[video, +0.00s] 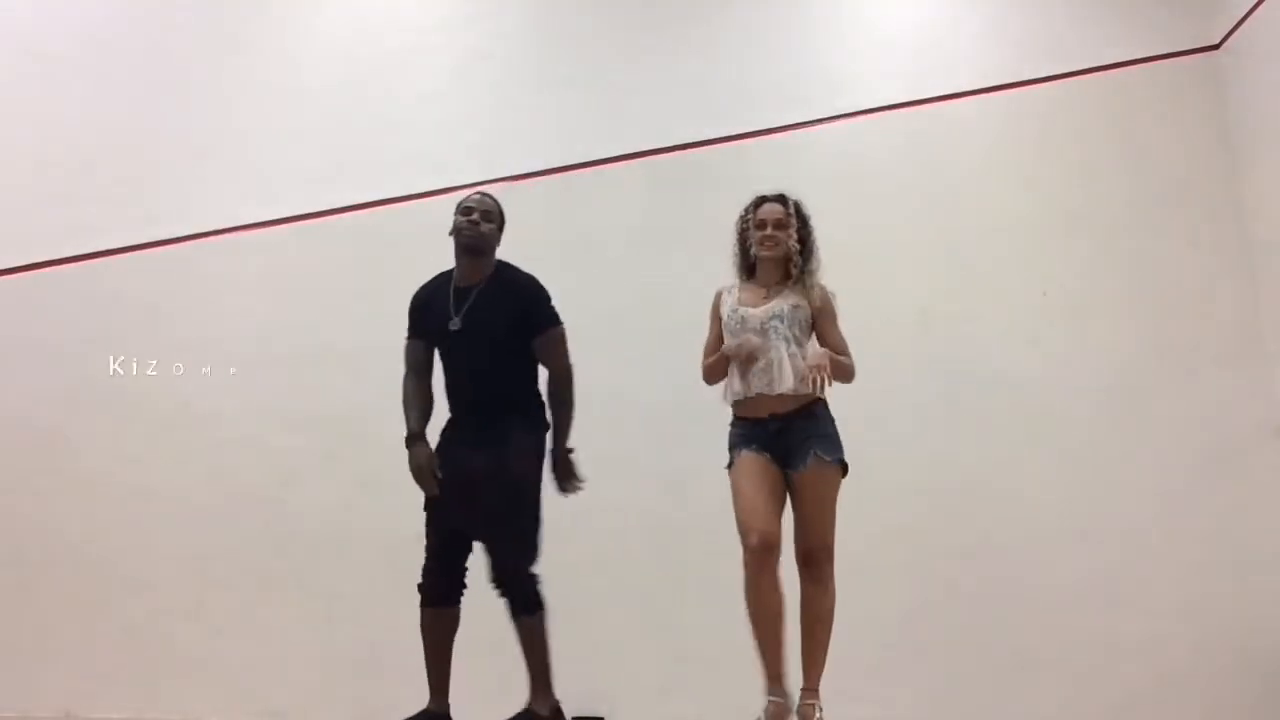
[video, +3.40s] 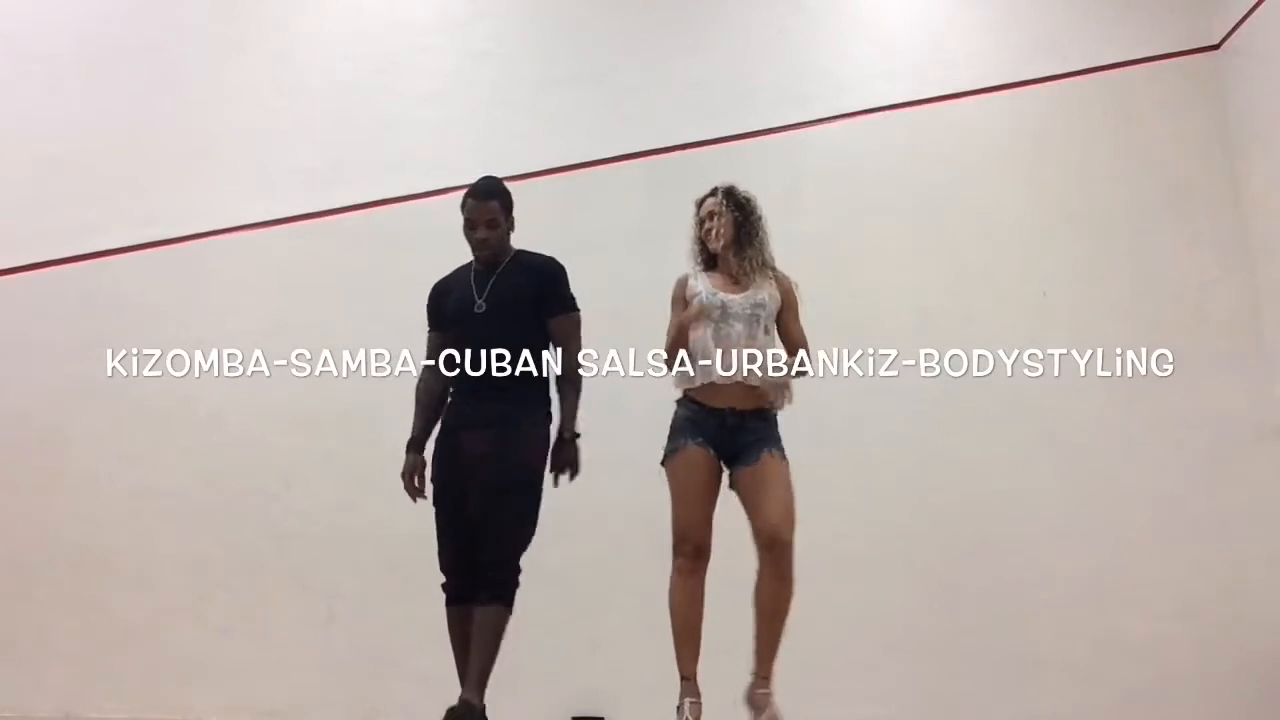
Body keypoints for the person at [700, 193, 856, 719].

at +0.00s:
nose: (770, 233)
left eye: (780, 226)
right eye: (761, 226)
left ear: (797, 236)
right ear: (747, 236)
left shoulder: (814, 296)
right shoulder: (727, 299)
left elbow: (847, 371)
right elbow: (709, 374)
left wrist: (824, 358)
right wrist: (734, 352)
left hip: (810, 428)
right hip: (751, 433)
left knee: (815, 559)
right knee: (759, 546)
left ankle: (811, 694)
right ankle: (775, 691)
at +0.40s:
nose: (755, 220)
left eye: (764, 213)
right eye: (745, 217)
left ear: (785, 224)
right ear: (736, 234)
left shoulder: (816, 280)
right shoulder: (727, 295)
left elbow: (844, 347)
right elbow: (720, 368)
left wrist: (808, 307)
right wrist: (696, 419)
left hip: (795, 425)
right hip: (733, 424)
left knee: (800, 555)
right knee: (724, 542)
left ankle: (807, 695)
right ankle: (708, 684)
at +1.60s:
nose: (727, 229)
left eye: (734, 219)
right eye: (720, 225)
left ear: (759, 225)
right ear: (717, 239)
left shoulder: (796, 286)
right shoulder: (713, 297)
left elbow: (828, 350)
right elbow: (704, 372)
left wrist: (846, 290)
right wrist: (657, 344)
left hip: (790, 430)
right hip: (728, 431)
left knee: (790, 556)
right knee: (717, 549)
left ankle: (782, 695)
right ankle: (715, 687)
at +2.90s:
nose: (720, 228)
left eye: (727, 219)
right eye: (712, 223)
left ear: (749, 223)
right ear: (706, 234)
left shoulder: (783, 283)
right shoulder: (700, 292)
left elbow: (811, 349)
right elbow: (691, 362)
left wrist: (775, 310)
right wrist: (684, 386)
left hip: (776, 426)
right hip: (714, 426)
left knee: (787, 554)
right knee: (707, 551)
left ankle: (795, 693)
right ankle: (697, 690)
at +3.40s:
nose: (713, 225)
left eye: (721, 215)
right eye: (707, 219)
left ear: (743, 221)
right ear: (700, 231)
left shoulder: (776, 285)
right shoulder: (689, 286)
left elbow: (800, 354)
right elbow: (668, 359)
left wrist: (783, 380)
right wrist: (685, 327)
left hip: (757, 427)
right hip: (696, 423)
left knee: (778, 541)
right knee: (689, 552)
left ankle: (762, 684)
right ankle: (689, 689)